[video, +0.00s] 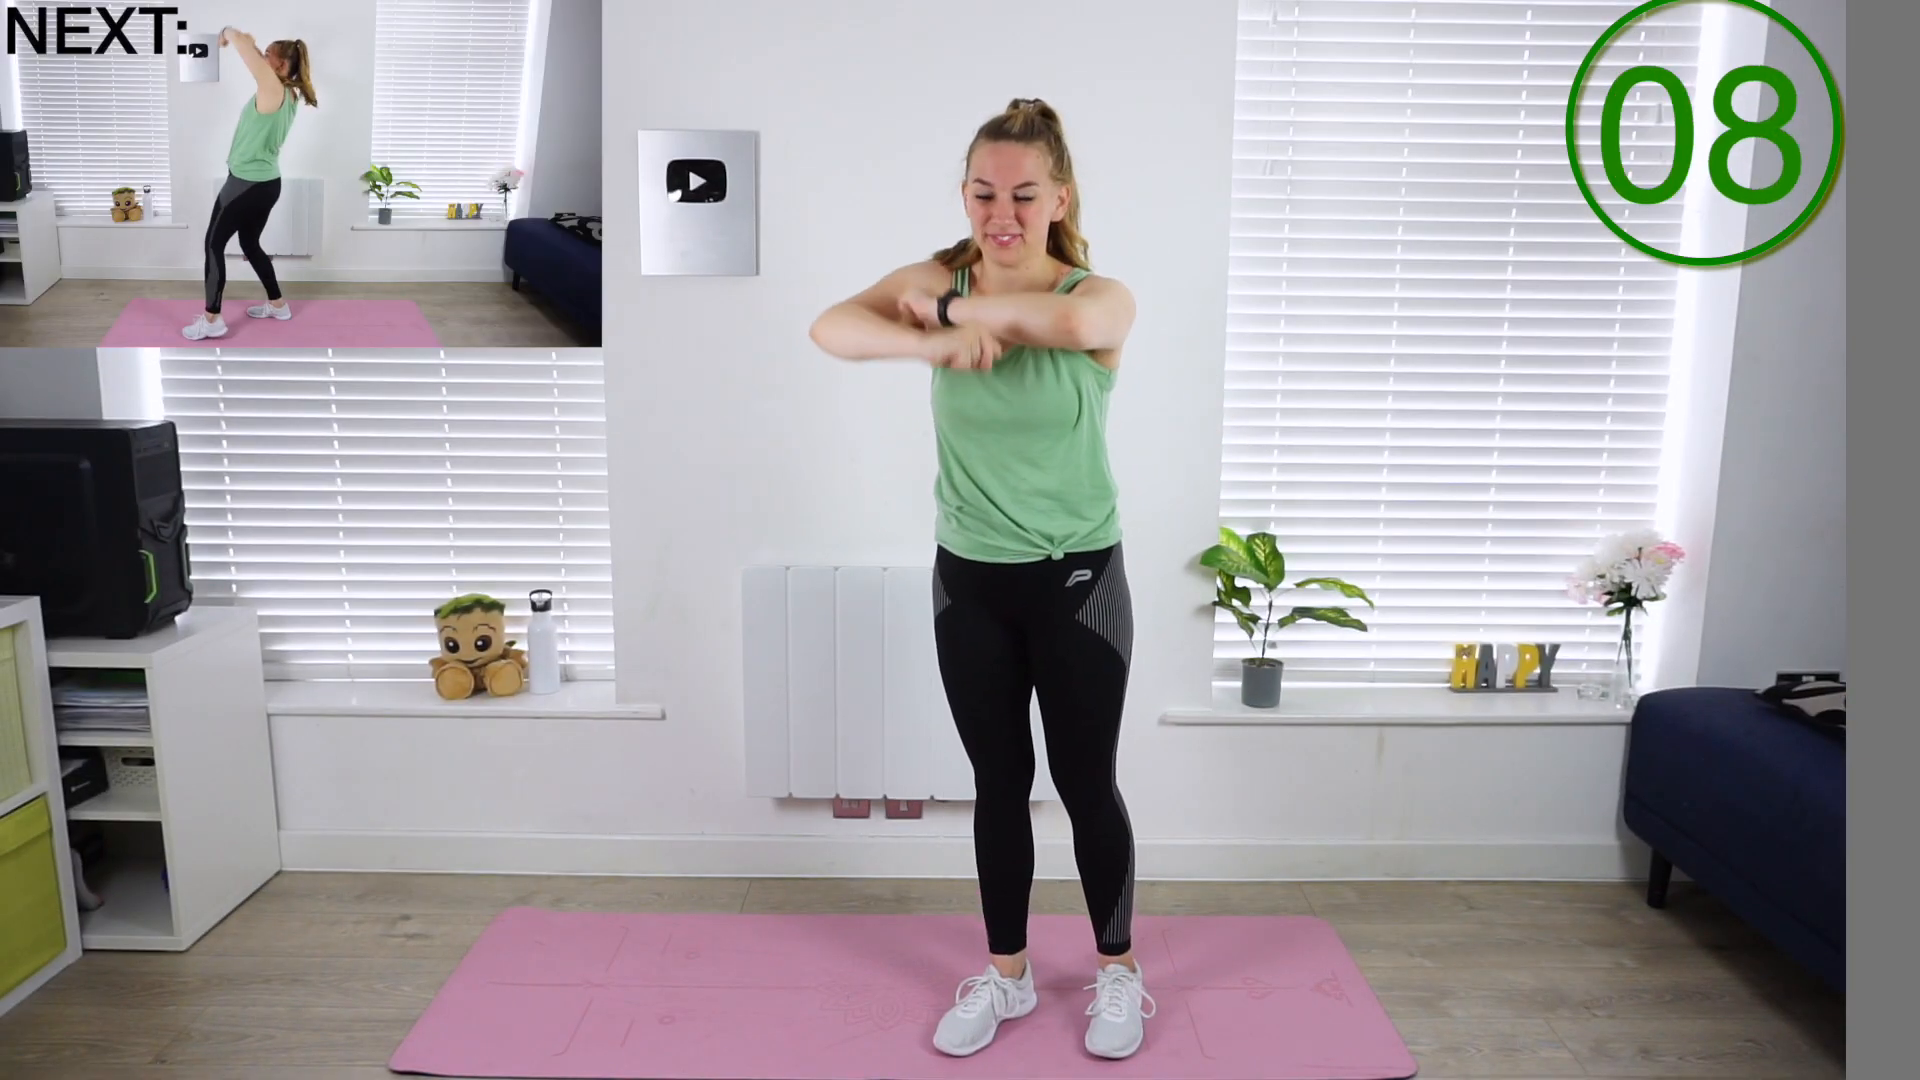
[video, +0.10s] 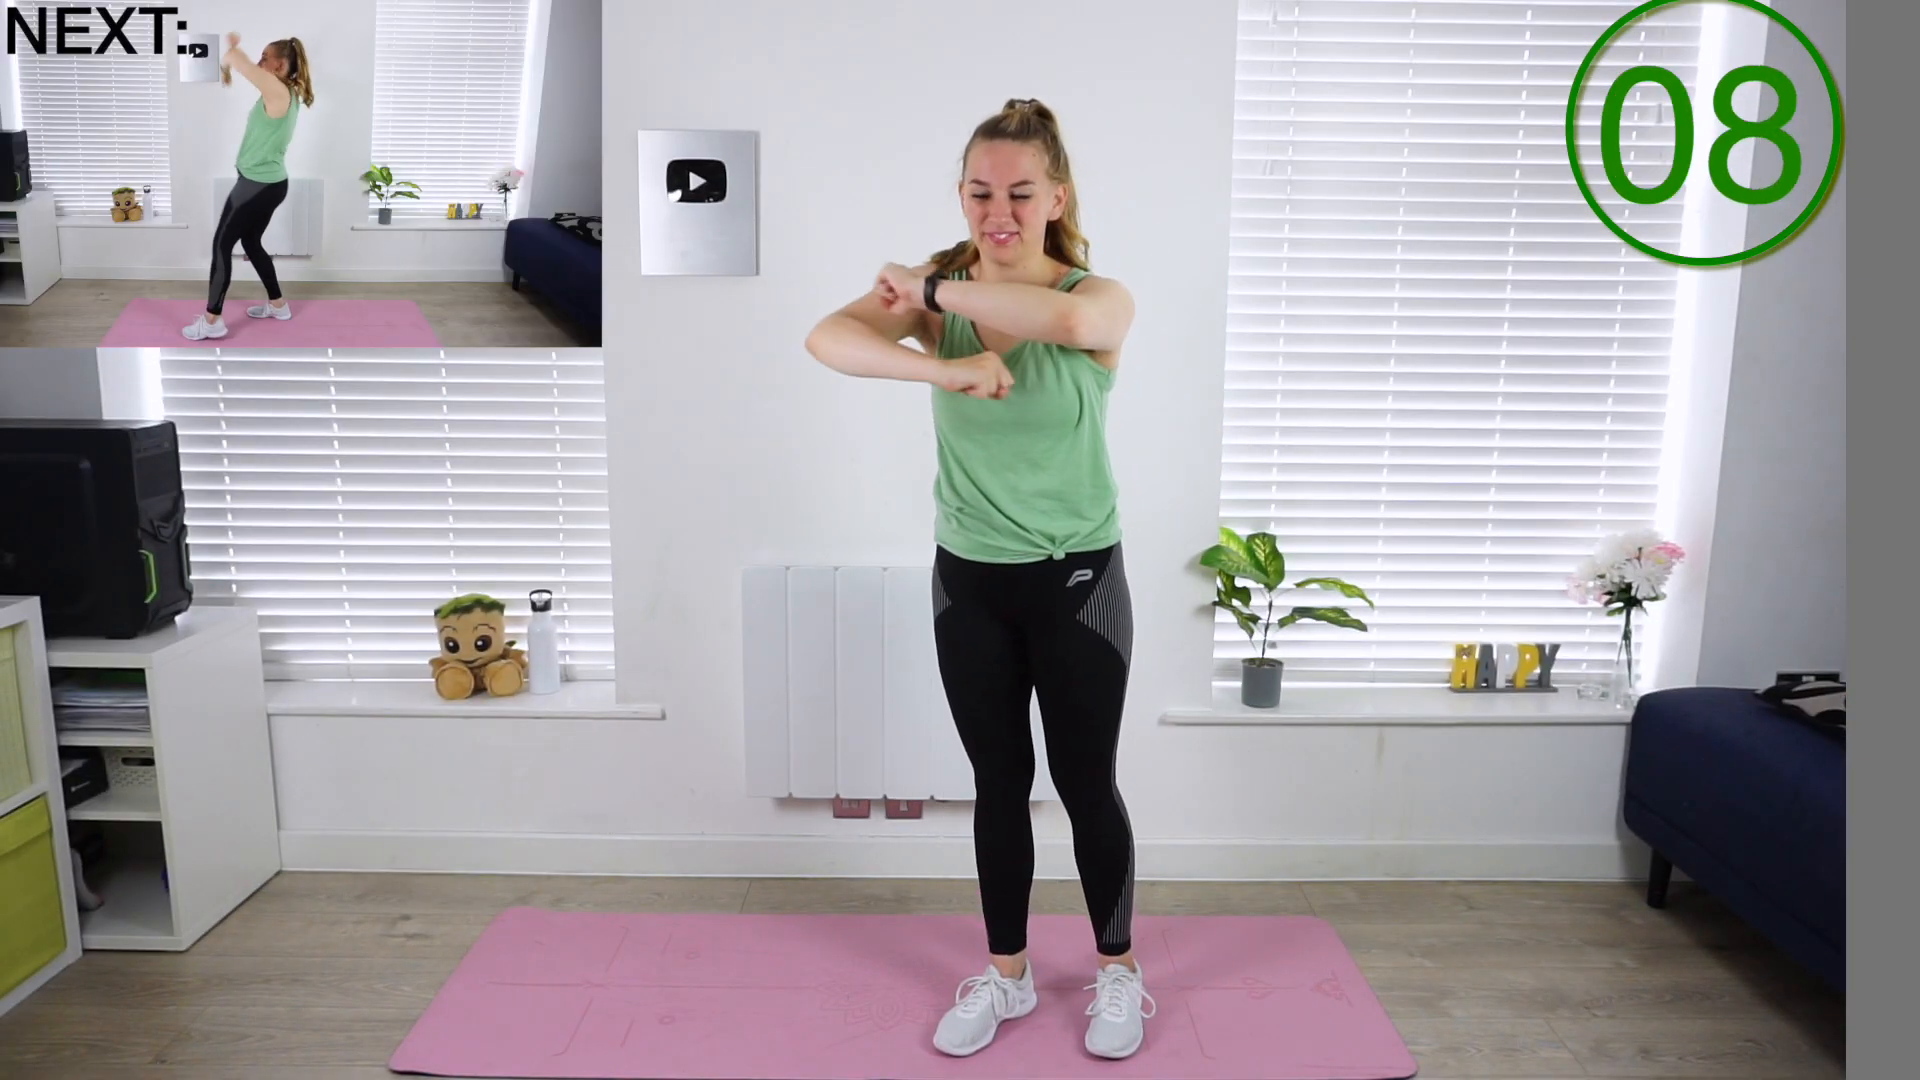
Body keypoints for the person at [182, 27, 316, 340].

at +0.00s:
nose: (263, 61)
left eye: (269, 57)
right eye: (265, 56)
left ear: (283, 65)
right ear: (286, 67)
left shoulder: (271, 87)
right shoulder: (289, 94)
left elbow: (243, 43)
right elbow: (258, 57)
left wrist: (229, 32)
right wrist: (241, 39)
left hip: (246, 183)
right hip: (266, 183)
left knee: (214, 244)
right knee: (250, 243)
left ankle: (212, 318)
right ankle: (277, 304)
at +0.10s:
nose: (260, 64)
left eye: (266, 60)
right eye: (262, 59)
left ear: (284, 66)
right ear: (282, 67)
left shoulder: (276, 89)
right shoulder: (284, 90)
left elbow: (235, 60)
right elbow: (251, 68)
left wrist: (233, 46)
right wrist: (235, 53)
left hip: (257, 184)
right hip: (268, 182)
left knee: (222, 244)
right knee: (252, 243)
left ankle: (212, 319)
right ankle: (277, 304)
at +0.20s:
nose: (253, 71)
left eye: (257, 65)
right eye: (253, 65)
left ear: (277, 67)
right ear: (275, 69)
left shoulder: (279, 94)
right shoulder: (275, 93)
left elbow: (230, 86)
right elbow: (246, 96)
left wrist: (228, 89)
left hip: (274, 186)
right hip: (269, 182)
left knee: (233, 243)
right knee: (256, 242)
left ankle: (224, 319)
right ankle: (277, 304)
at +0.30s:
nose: (244, 80)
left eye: (248, 74)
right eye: (244, 74)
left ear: (265, 72)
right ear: (266, 74)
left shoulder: (278, 99)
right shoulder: (270, 98)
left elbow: (228, 116)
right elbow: (234, 121)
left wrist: (219, 110)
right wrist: (233, 137)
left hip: (290, 187)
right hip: (279, 184)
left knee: (249, 243)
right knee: (259, 242)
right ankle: (275, 302)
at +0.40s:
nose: (238, 83)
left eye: (241, 76)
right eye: (238, 77)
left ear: (258, 75)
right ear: (259, 76)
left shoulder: (273, 101)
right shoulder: (269, 101)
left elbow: (235, 136)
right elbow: (256, 133)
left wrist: (221, 145)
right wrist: (244, 136)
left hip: (302, 186)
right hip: (282, 184)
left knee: (278, 249)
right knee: (266, 240)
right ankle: (278, 303)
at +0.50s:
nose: (236, 83)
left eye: (239, 76)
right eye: (236, 77)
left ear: (255, 76)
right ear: (256, 77)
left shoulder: (276, 101)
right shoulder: (261, 102)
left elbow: (243, 145)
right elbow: (248, 133)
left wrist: (242, 155)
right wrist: (235, 144)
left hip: (311, 184)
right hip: (286, 184)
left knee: (312, 251)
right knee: (269, 236)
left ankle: (357, 290)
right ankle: (279, 302)